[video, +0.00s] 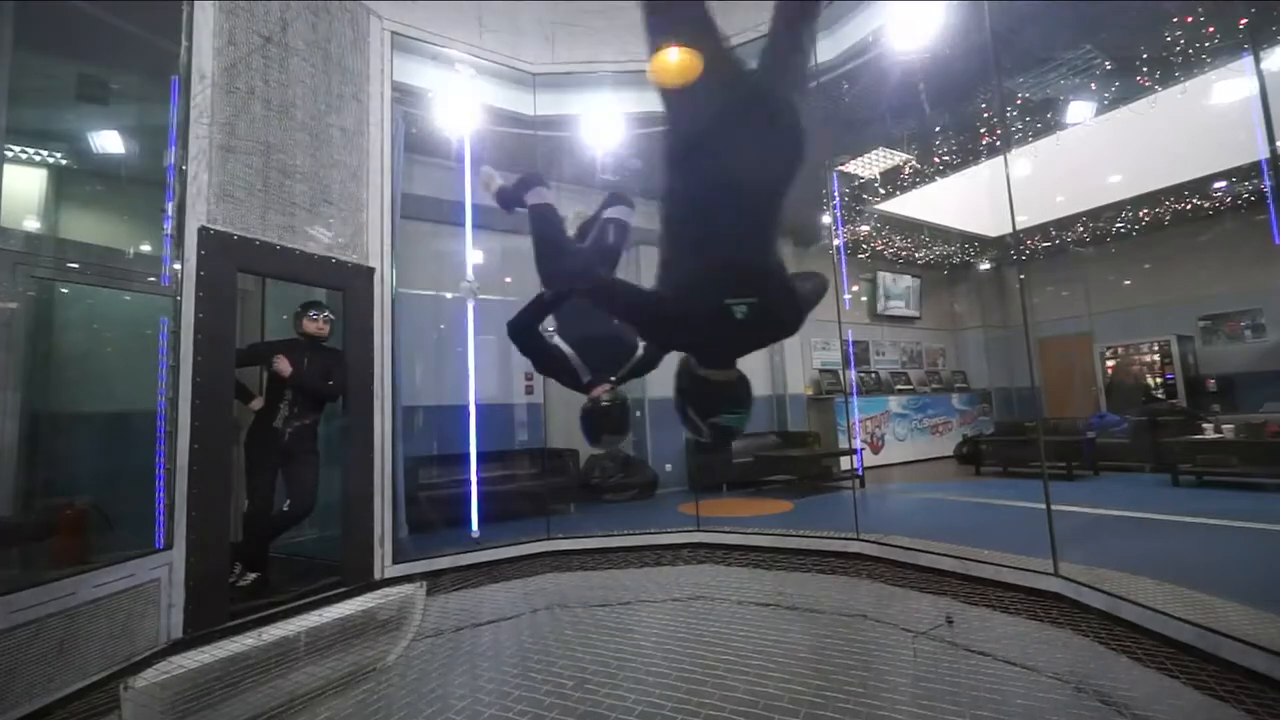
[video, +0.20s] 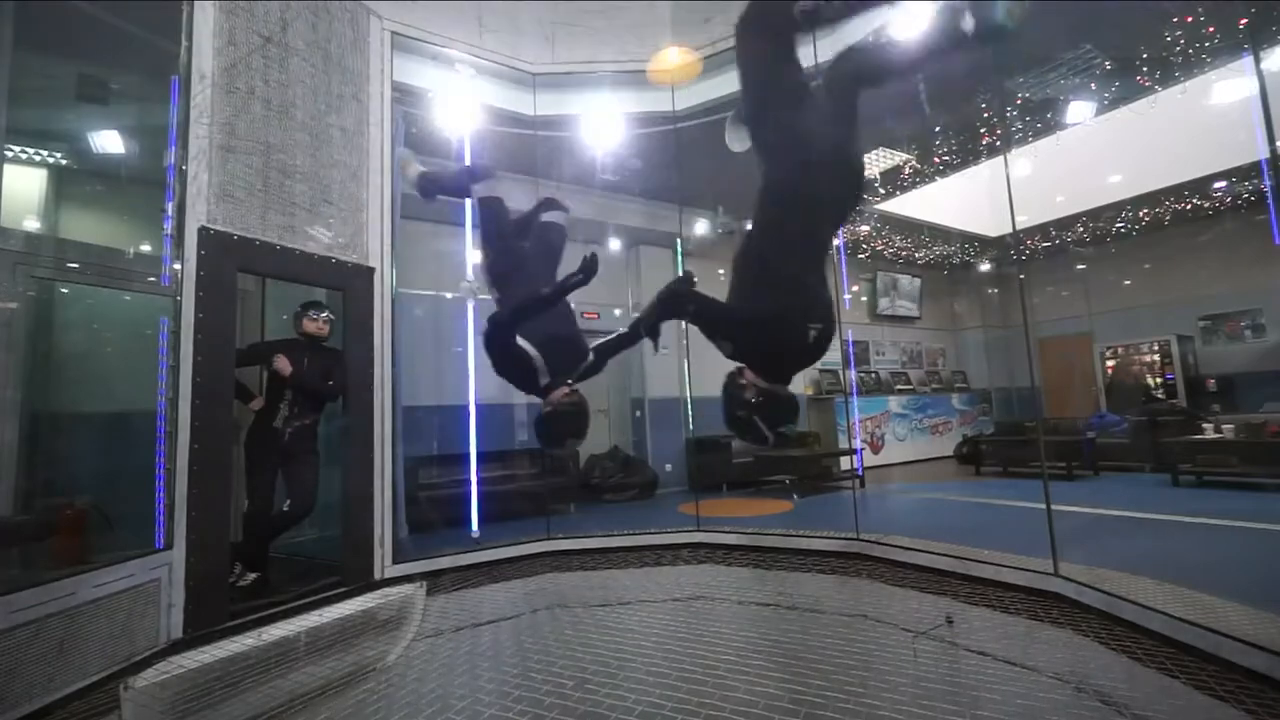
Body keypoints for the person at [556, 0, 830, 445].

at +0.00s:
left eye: (716, 432)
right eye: (699, 429)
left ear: (742, 394)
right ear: (684, 395)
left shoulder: (783, 320)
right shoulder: (664, 325)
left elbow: (820, 281)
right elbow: (564, 272)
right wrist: (536, 195)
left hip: (780, 126)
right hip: (702, 111)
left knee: (797, 21)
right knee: (667, 5)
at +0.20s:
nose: (756, 393)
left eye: (745, 399)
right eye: (756, 404)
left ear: (742, 389)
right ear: (759, 394)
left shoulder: (802, 348)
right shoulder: (747, 339)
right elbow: (677, 294)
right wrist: (626, 338)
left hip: (835, 194)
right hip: (795, 182)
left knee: (846, 70)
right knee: (759, 27)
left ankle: (967, 40)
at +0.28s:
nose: (778, 417)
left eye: (767, 419)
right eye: (775, 422)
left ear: (754, 401)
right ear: (767, 403)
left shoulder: (807, 358)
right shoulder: (784, 357)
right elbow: (710, 307)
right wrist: (673, 331)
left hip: (851, 203)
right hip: (823, 195)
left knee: (842, 102)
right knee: (784, 49)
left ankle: (969, 76)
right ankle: (862, 29)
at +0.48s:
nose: (773, 375)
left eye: (771, 381)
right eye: (775, 382)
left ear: (781, 374)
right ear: (790, 375)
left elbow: (749, 351)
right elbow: (757, 345)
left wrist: (713, 357)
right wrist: (721, 366)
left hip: (837, 251)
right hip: (834, 243)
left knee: (839, 177)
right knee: (829, 123)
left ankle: (926, 169)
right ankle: (906, 129)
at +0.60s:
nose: (762, 429)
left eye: (755, 433)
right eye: (765, 437)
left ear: (744, 424)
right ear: (768, 430)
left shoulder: (744, 389)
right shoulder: (786, 392)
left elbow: (708, 365)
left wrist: (676, 355)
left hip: (782, 284)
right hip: (813, 278)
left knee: (798, 206)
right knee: (826, 168)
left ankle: (871, 220)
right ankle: (911, 190)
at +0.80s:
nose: (758, 407)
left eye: (756, 408)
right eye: (755, 409)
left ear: (712, 421)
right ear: (735, 419)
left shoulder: (686, 403)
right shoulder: (740, 402)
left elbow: (652, 384)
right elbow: (768, 368)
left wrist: (628, 368)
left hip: (713, 312)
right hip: (749, 315)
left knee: (700, 247)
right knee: (777, 229)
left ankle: (751, 264)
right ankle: (817, 257)